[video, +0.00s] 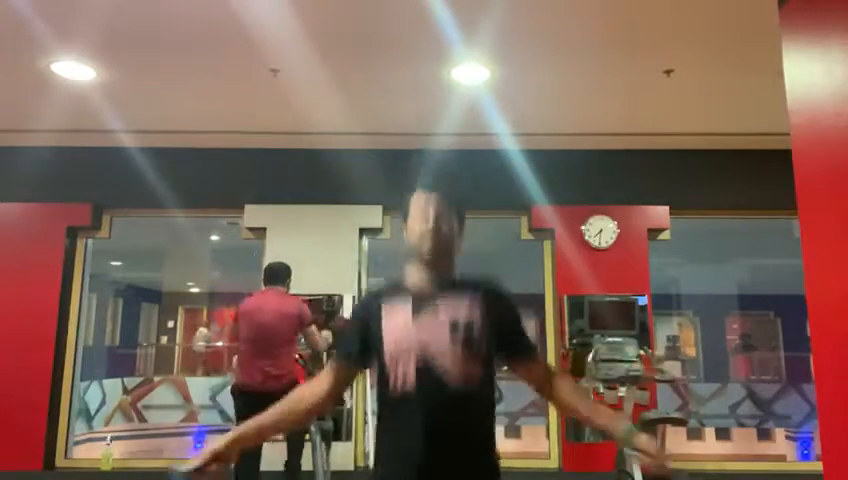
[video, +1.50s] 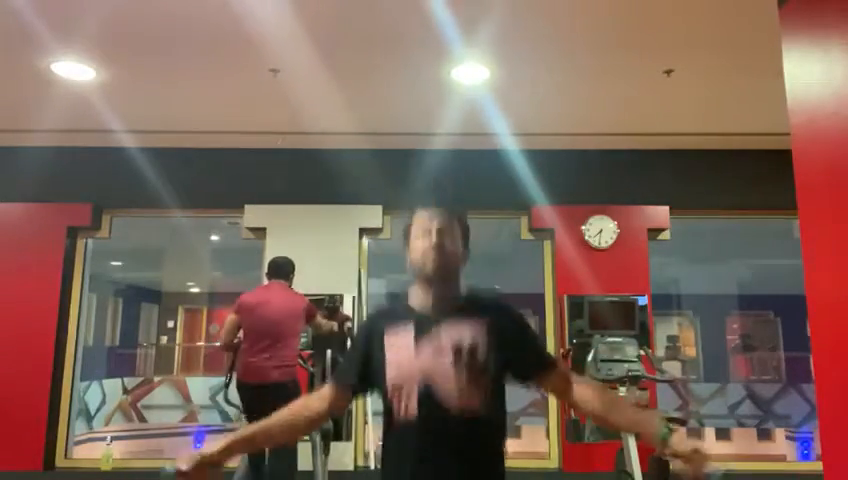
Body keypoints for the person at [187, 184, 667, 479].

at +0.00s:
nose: (426, 230)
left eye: (438, 220)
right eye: (416, 220)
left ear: (458, 233)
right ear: (402, 230)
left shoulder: (488, 303)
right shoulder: (376, 307)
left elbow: (546, 382)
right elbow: (320, 390)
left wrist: (623, 433)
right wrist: (236, 440)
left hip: (470, 466)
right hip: (397, 466)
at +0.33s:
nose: (435, 209)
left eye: (445, 202)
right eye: (424, 201)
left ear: (460, 214)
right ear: (407, 215)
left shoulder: (489, 277)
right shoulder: (381, 283)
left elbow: (550, 358)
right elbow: (329, 359)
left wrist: (629, 382)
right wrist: (238, 379)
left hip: (473, 455)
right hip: (399, 455)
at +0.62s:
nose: (433, 174)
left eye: (443, 167)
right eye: (421, 167)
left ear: (459, 184)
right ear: (405, 185)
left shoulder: (487, 244)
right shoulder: (379, 252)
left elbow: (532, 327)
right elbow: (342, 340)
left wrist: (592, 370)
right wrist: (268, 394)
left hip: (477, 429)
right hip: (400, 431)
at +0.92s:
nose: (430, 248)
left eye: (442, 239)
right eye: (418, 239)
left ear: (459, 254)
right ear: (402, 253)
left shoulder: (490, 316)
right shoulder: (374, 327)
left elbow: (564, 373)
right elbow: (315, 396)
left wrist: (647, 388)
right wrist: (225, 424)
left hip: (475, 473)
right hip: (401, 472)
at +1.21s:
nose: (431, 157)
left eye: (443, 150)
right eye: (420, 151)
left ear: (461, 164)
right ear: (404, 167)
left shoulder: (490, 231)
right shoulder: (378, 239)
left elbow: (541, 321)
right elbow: (353, 331)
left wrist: (617, 363)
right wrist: (275, 379)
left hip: (478, 421)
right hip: (399, 423)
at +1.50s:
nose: (431, 243)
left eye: (444, 233)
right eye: (421, 234)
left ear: (464, 248)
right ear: (405, 249)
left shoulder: (496, 318)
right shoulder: (380, 325)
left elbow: (573, 390)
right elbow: (321, 403)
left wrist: (660, 433)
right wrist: (230, 446)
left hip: (476, 471)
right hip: (398, 470)